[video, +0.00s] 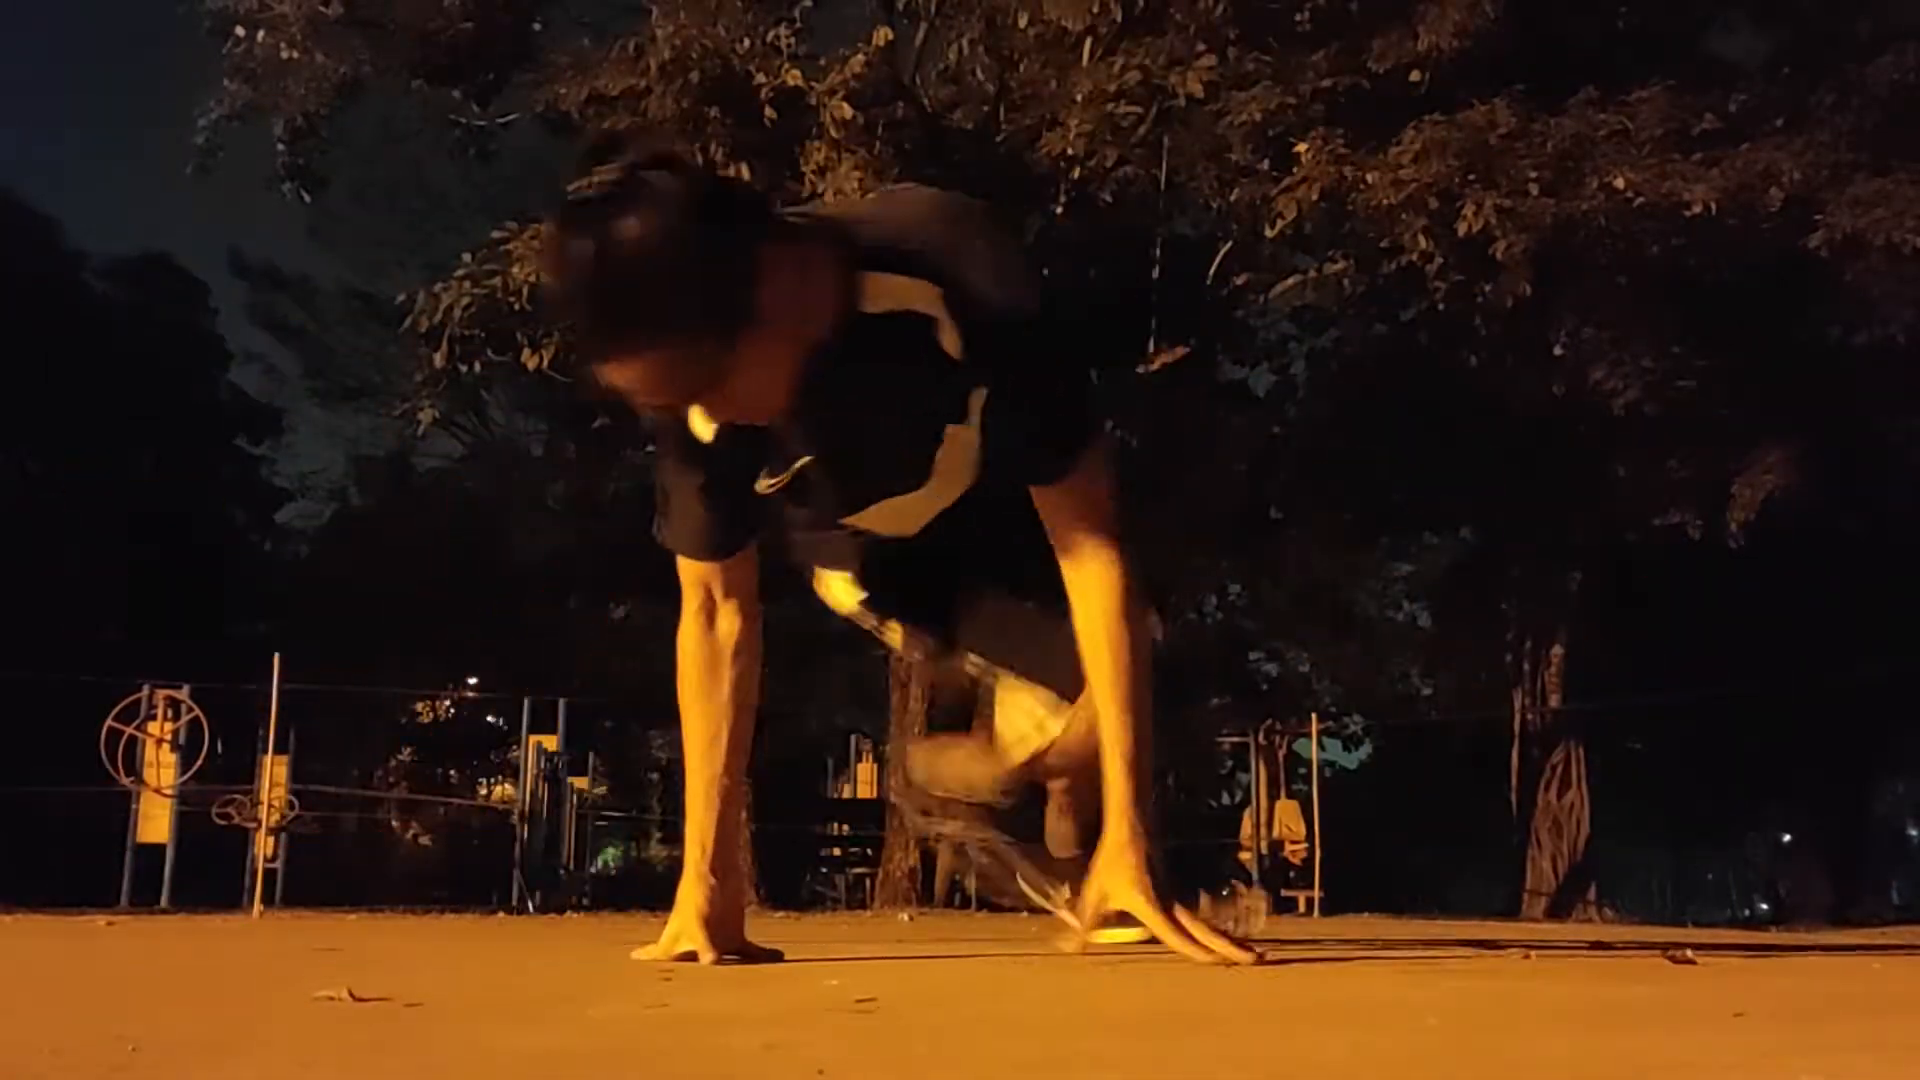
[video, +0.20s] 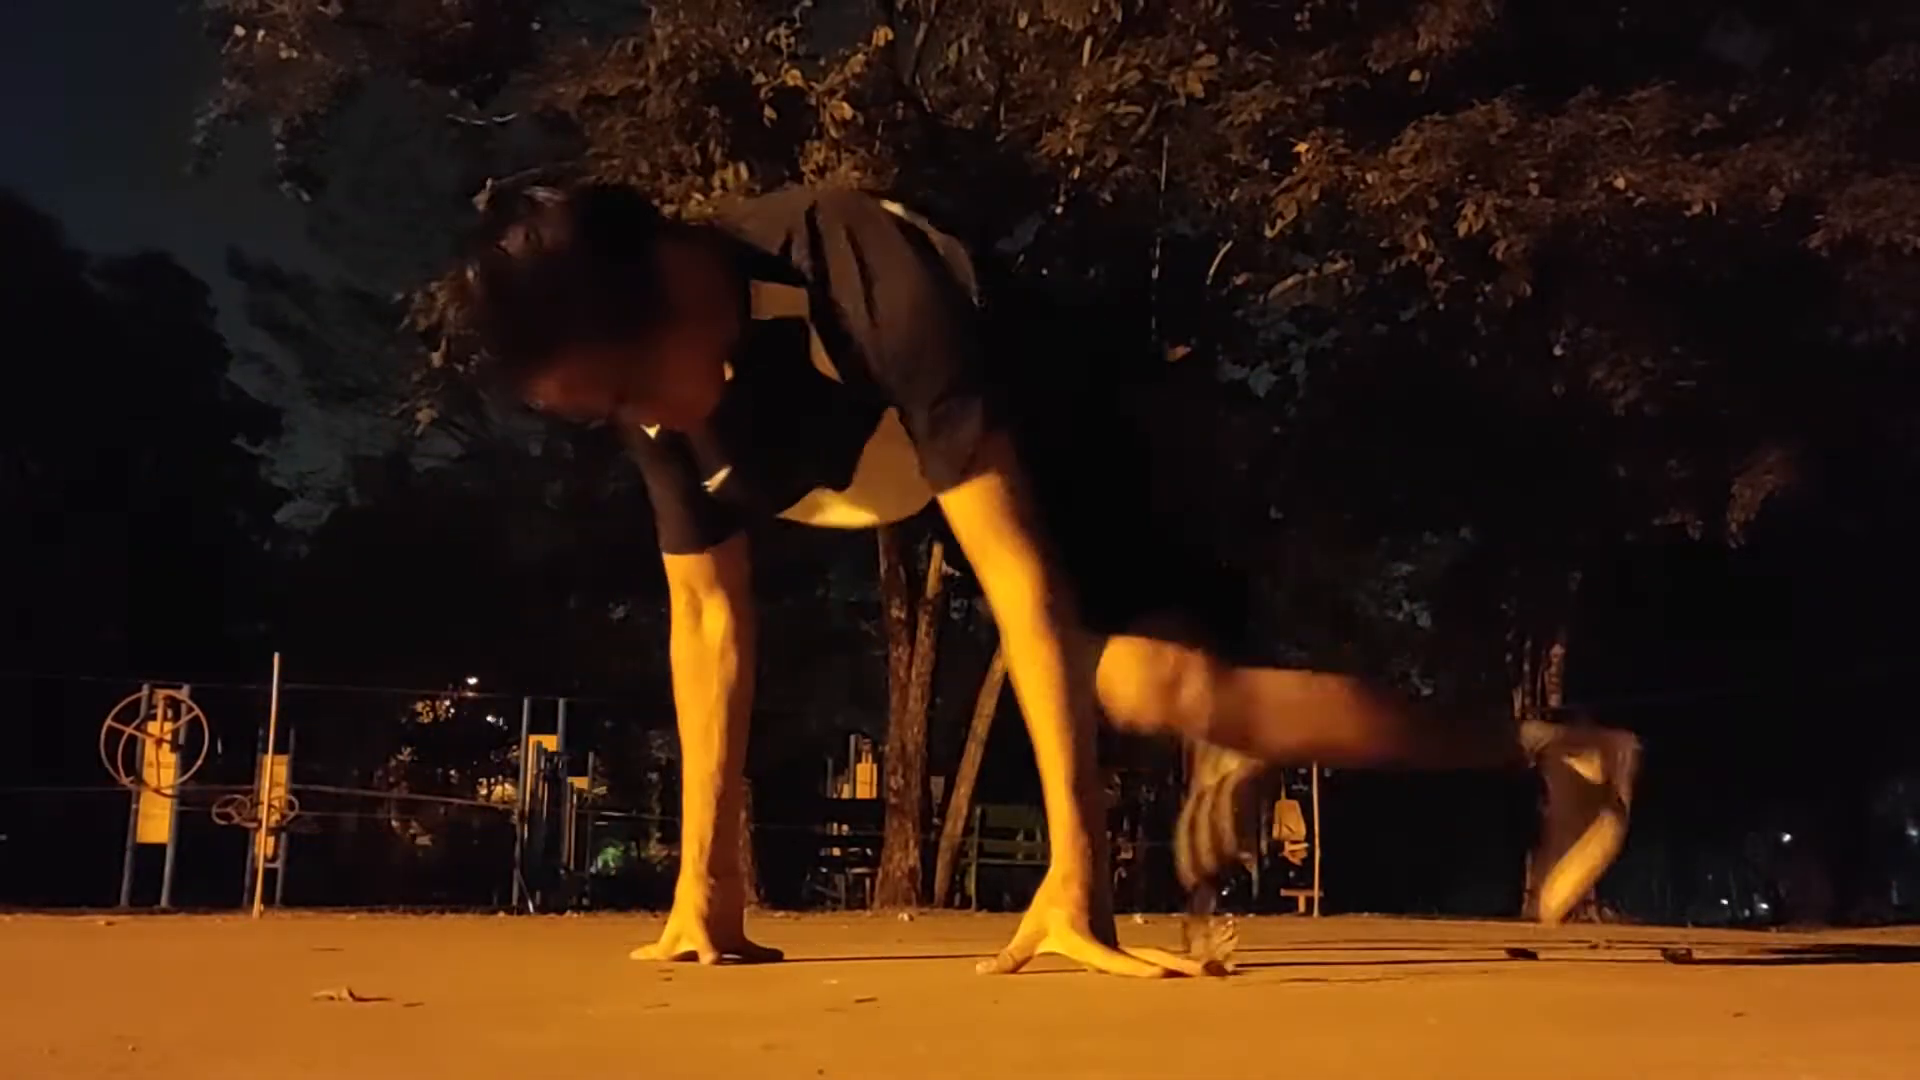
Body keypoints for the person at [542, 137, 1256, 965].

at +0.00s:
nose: (697, 422)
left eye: (702, 386)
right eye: (667, 405)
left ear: (765, 297)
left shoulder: (962, 280)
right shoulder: (686, 382)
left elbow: (1088, 539)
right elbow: (715, 612)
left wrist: (1125, 844)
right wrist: (710, 878)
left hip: (1007, 508)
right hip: (872, 561)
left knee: (1115, 682)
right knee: (1087, 691)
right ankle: (982, 776)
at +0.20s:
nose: (626, 425)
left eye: (617, 393)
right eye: (599, 410)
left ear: (671, 301)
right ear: (603, 333)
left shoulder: (872, 281)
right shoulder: (662, 360)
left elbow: (1020, 583)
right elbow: (705, 609)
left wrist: (1072, 872)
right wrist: (708, 882)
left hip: (1068, 419)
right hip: (944, 469)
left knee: (1162, 686)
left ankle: (1546, 755)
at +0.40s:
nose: (717, 342)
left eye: (737, 306)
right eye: (685, 320)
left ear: (799, 239)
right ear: (647, 302)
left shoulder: (921, 302)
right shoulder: (662, 385)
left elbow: (1092, 595)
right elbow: (699, 619)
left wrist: (1071, 887)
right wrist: (709, 887)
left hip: (1163, 480)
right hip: (1048, 586)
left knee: (1413, 746)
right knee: (1236, 814)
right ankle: (1637, 810)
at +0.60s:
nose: (629, 430)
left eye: (626, 397)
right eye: (606, 413)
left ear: (675, 315)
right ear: (604, 349)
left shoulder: (879, 285)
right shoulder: (643, 380)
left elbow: (1037, 584)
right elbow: (687, 614)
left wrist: (1074, 866)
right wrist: (704, 882)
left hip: (1131, 364)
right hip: (989, 445)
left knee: (1309, 668)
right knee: (1139, 708)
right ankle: (1496, 766)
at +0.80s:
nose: (585, 440)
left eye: (557, 418)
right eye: (558, 433)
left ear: (568, 335)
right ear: (570, 328)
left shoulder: (852, 284)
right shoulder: (679, 359)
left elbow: (1036, 566)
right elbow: (709, 607)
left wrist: (1077, 866)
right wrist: (708, 879)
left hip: (1102, 356)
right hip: (948, 385)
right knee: (788, 572)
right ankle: (1079, 693)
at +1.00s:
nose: (589, 427)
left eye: (567, 399)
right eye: (564, 415)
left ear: (593, 312)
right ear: (593, 310)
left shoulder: (866, 296)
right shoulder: (670, 358)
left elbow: (1050, 569)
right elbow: (708, 604)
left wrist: (1073, 868)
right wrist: (711, 880)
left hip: (984, 463)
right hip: (858, 495)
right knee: (686, 554)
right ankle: (929, 763)